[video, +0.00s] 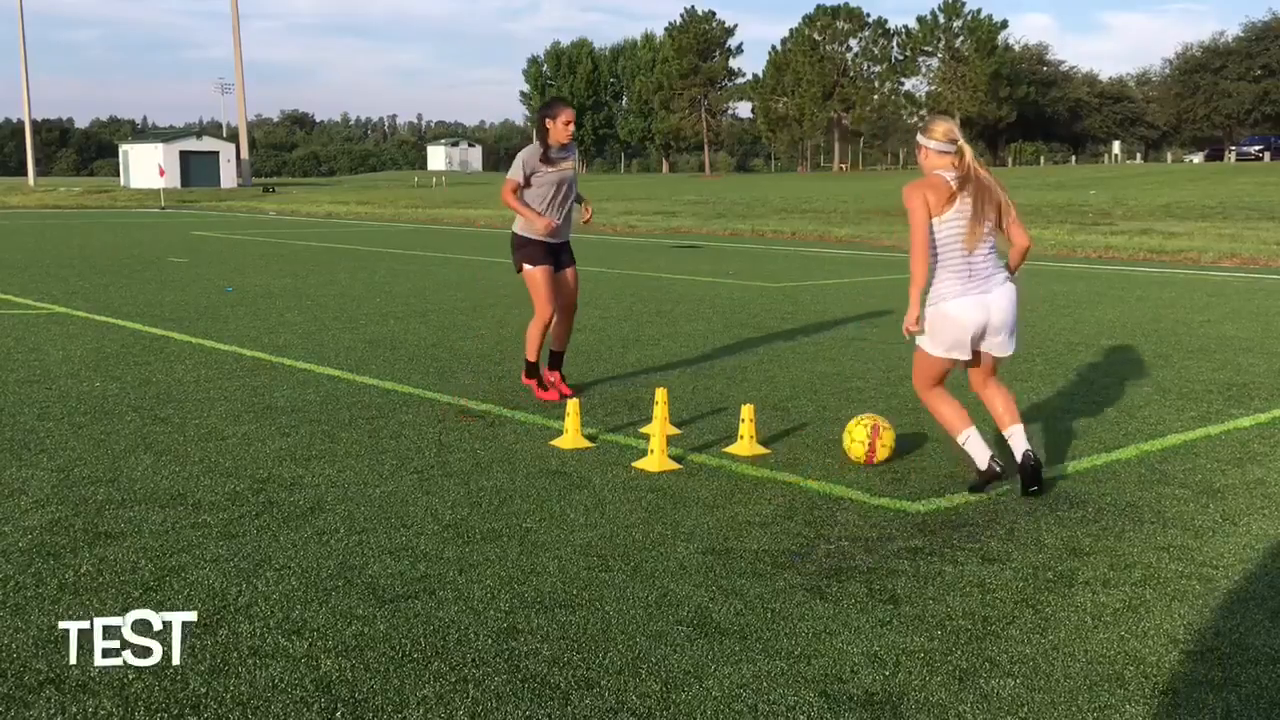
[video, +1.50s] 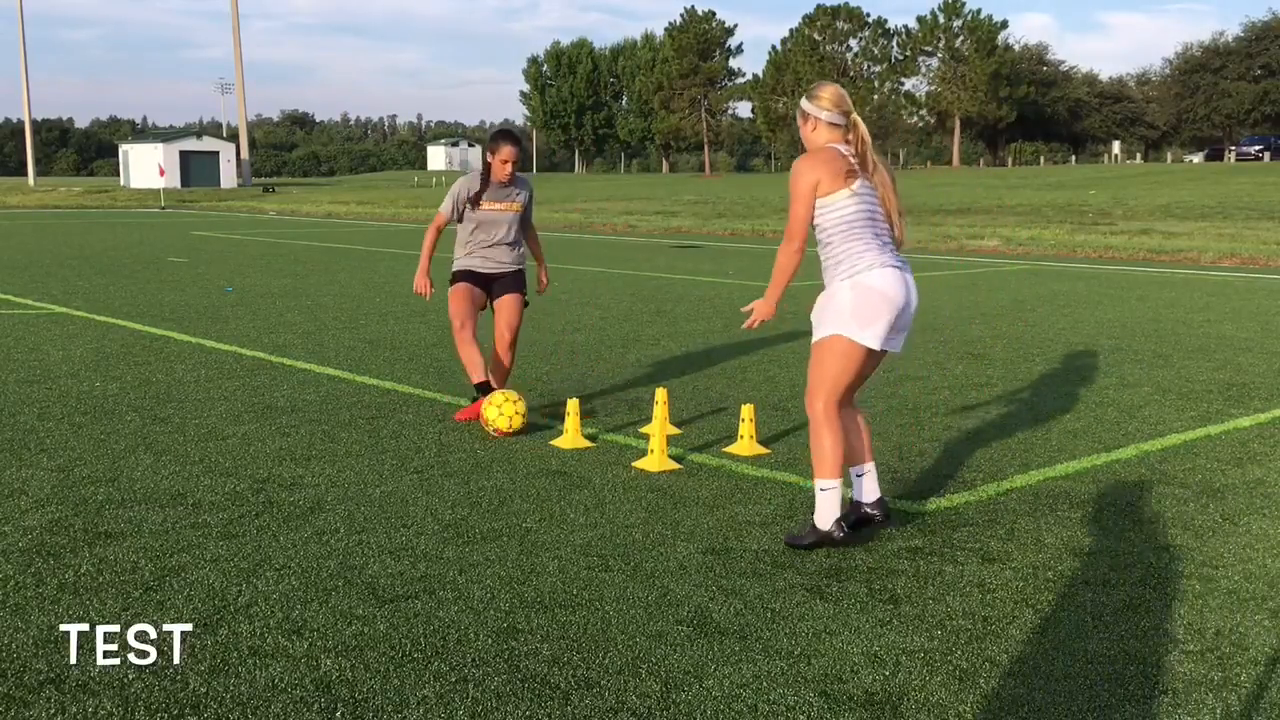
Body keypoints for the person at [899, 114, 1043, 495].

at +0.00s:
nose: (918, 156)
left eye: (919, 150)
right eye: (919, 149)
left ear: (928, 151)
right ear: (957, 149)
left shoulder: (920, 189)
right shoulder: (986, 183)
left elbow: (921, 252)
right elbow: (1022, 242)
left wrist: (914, 303)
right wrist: (1006, 274)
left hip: (954, 306)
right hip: (1000, 299)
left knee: (927, 383)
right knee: (984, 376)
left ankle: (986, 462)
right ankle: (1025, 454)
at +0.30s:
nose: (917, 176)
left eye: (917, 170)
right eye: (918, 170)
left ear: (922, 171)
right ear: (954, 169)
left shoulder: (914, 210)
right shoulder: (979, 208)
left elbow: (902, 271)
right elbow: (1006, 267)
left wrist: (889, 316)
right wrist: (1022, 298)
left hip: (932, 324)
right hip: (975, 325)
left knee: (912, 379)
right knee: (933, 367)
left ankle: (954, 455)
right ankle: (915, 428)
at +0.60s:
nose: (899, 176)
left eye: (900, 170)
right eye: (900, 170)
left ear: (907, 172)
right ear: (936, 172)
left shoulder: (903, 212)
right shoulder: (954, 211)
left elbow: (887, 272)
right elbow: (969, 273)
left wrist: (854, 313)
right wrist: (961, 315)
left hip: (922, 321)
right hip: (959, 319)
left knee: (860, 378)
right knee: (913, 372)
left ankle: (908, 446)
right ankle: (944, 446)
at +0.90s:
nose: (856, 138)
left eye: (857, 131)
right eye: (856, 131)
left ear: (867, 132)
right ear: (893, 134)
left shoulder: (869, 160)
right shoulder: (912, 169)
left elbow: (877, 189)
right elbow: (942, 225)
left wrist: (840, 229)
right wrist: (962, 274)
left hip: (897, 290)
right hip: (934, 285)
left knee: (870, 377)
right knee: (899, 367)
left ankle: (893, 470)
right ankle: (923, 451)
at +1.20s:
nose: (817, 168)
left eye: (819, 161)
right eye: (818, 161)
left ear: (831, 161)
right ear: (860, 160)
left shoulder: (831, 208)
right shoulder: (883, 203)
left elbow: (826, 278)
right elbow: (896, 264)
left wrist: (805, 325)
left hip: (876, 322)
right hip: (913, 317)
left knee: (827, 415)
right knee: (870, 405)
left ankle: (836, 520)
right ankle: (914, 483)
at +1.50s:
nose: (800, 130)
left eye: (802, 122)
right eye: (801, 122)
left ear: (815, 122)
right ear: (844, 123)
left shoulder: (811, 164)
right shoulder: (867, 164)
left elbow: (795, 242)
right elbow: (886, 232)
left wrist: (770, 299)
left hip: (860, 287)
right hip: (895, 284)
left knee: (820, 401)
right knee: (842, 398)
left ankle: (826, 521)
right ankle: (869, 501)